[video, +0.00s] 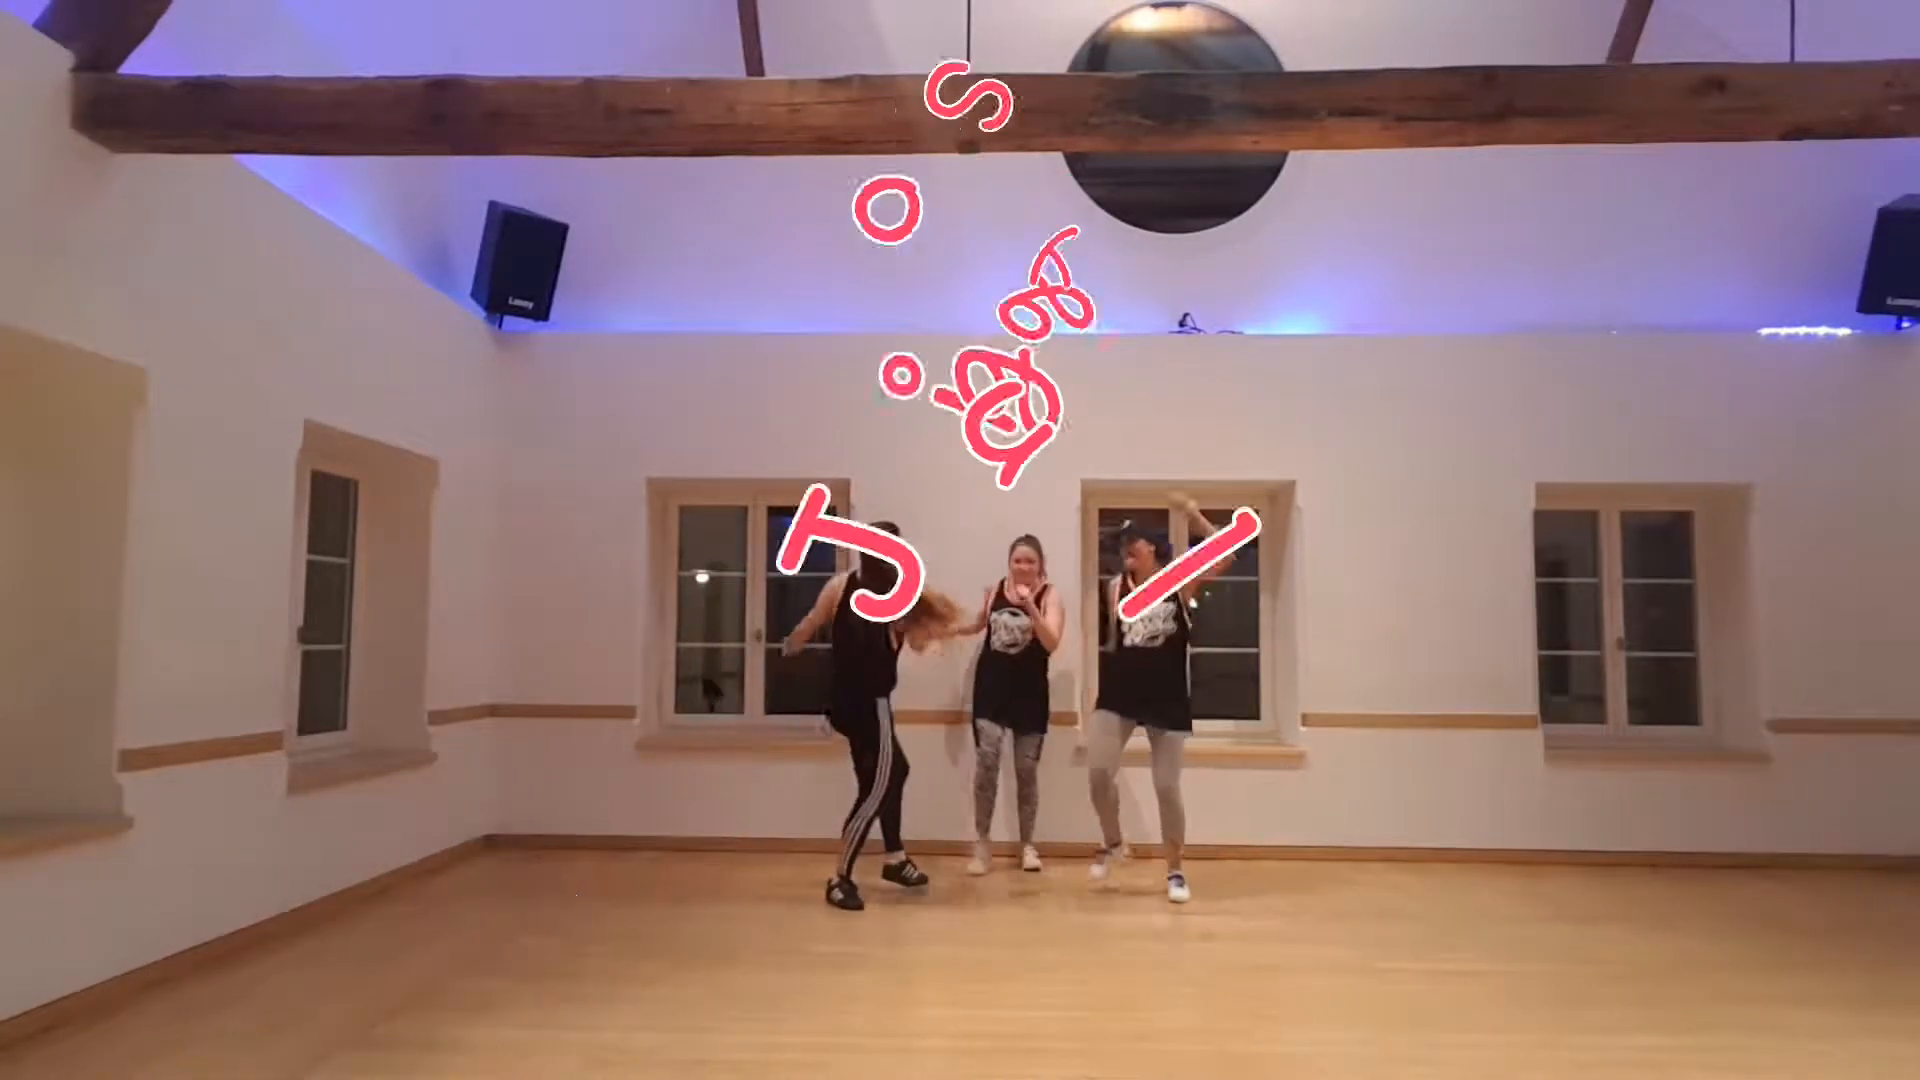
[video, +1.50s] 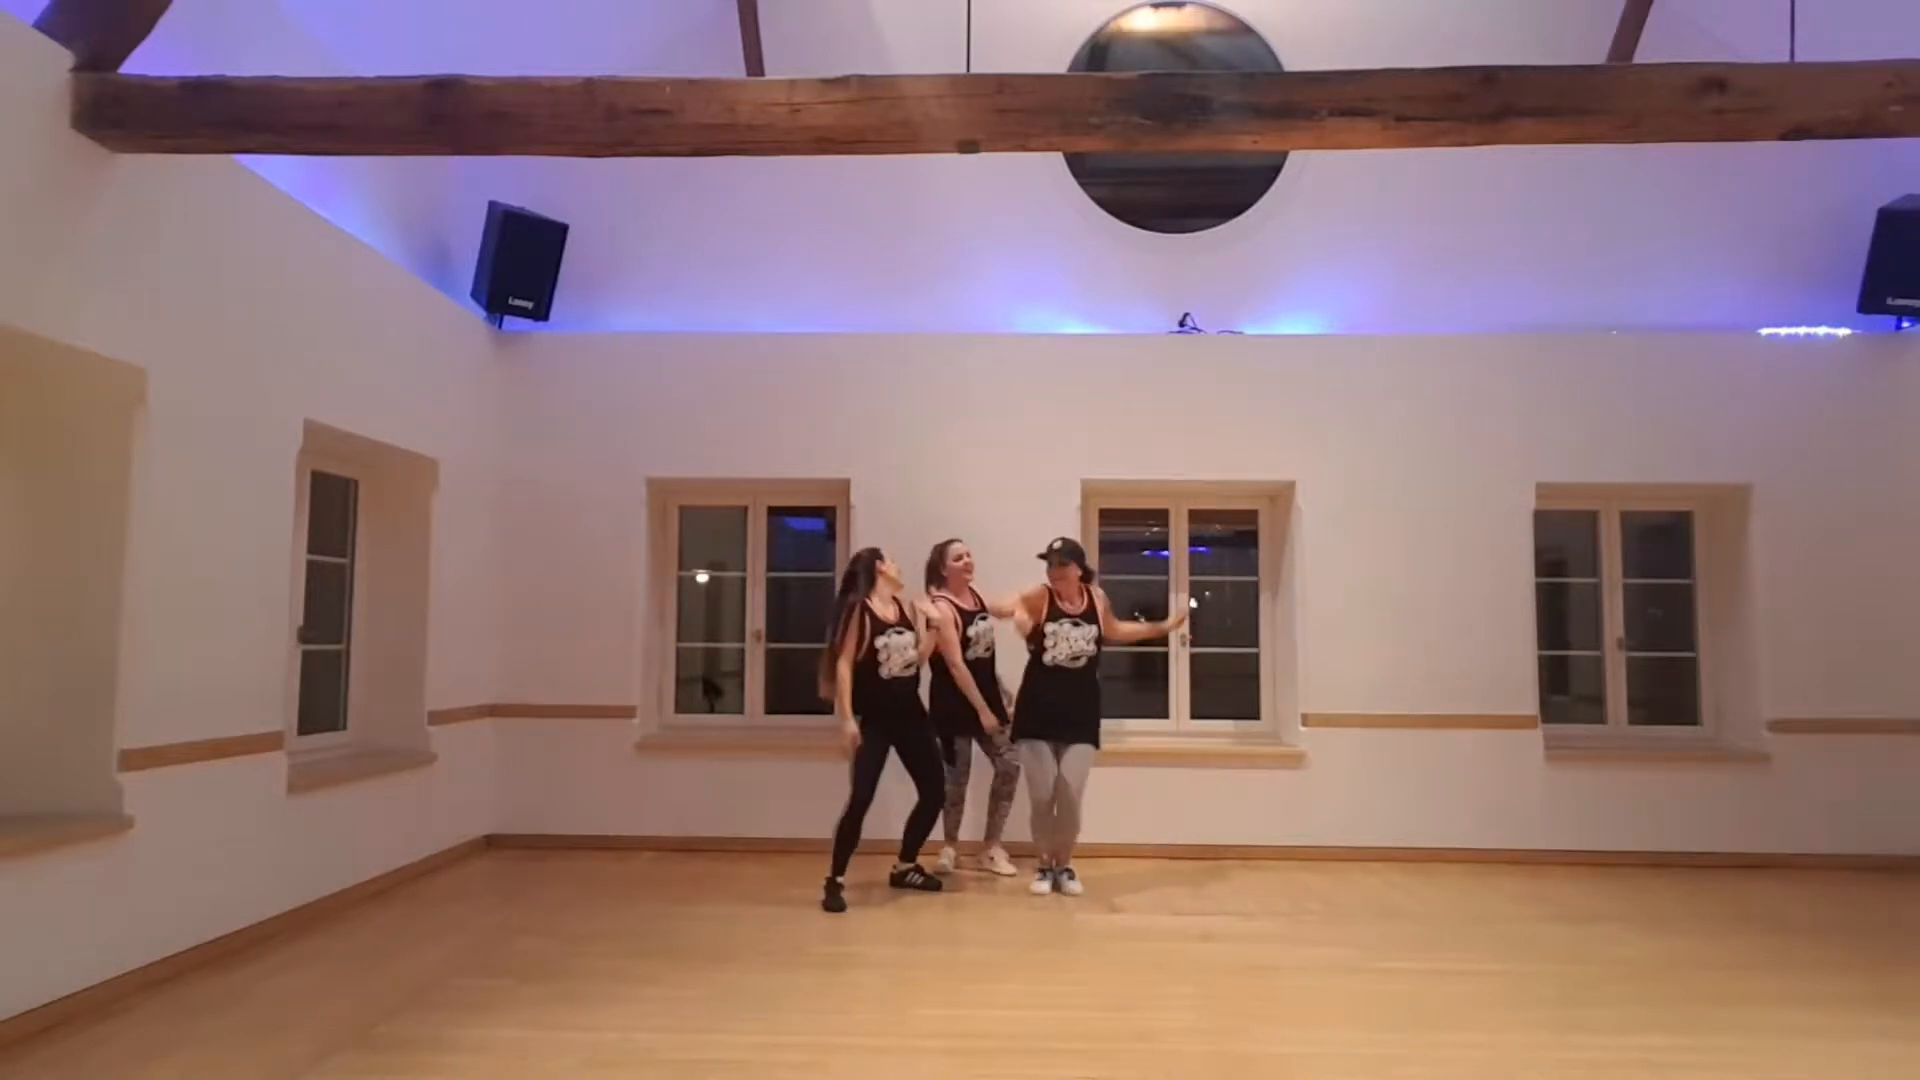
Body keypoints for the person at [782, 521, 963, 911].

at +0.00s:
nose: (892, 558)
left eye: (887, 549)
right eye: (893, 550)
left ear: (862, 552)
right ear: (896, 555)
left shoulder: (840, 584)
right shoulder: (896, 593)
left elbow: (810, 624)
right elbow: (922, 634)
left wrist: (791, 645)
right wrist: (968, 627)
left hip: (847, 698)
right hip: (873, 701)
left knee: (896, 771)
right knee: (876, 789)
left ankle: (896, 859)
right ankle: (841, 878)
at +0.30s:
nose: (891, 568)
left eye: (889, 561)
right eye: (889, 561)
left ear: (853, 565)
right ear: (881, 567)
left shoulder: (834, 604)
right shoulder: (890, 607)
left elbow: (808, 652)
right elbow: (917, 641)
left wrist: (787, 637)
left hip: (847, 713)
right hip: (875, 714)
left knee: (907, 785)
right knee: (895, 802)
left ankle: (887, 875)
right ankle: (843, 880)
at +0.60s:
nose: (891, 550)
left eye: (888, 543)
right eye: (888, 544)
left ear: (858, 549)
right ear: (879, 550)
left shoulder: (848, 585)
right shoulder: (881, 588)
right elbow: (906, 635)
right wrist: (945, 673)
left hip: (848, 690)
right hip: (856, 693)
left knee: (893, 775)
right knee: (863, 788)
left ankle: (887, 867)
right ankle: (838, 879)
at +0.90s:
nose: (898, 575)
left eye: (896, 569)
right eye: (894, 569)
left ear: (875, 574)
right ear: (882, 574)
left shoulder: (882, 610)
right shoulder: (850, 615)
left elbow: (863, 650)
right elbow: (817, 641)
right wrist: (797, 647)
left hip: (867, 716)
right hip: (838, 715)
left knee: (917, 792)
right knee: (868, 802)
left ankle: (885, 874)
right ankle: (839, 881)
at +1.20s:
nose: (888, 550)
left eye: (885, 543)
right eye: (884, 543)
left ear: (872, 550)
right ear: (871, 549)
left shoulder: (893, 589)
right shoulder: (842, 591)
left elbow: (921, 631)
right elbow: (816, 641)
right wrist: (798, 691)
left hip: (884, 700)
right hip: (844, 701)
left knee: (911, 783)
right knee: (846, 791)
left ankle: (904, 862)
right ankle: (835, 879)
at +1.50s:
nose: (896, 565)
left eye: (892, 559)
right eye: (890, 560)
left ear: (882, 570)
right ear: (877, 568)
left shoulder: (903, 607)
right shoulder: (860, 609)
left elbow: (919, 656)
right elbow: (844, 663)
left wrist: (929, 623)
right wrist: (846, 718)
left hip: (911, 714)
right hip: (875, 717)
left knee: (934, 793)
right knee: (860, 800)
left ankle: (906, 866)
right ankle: (835, 880)